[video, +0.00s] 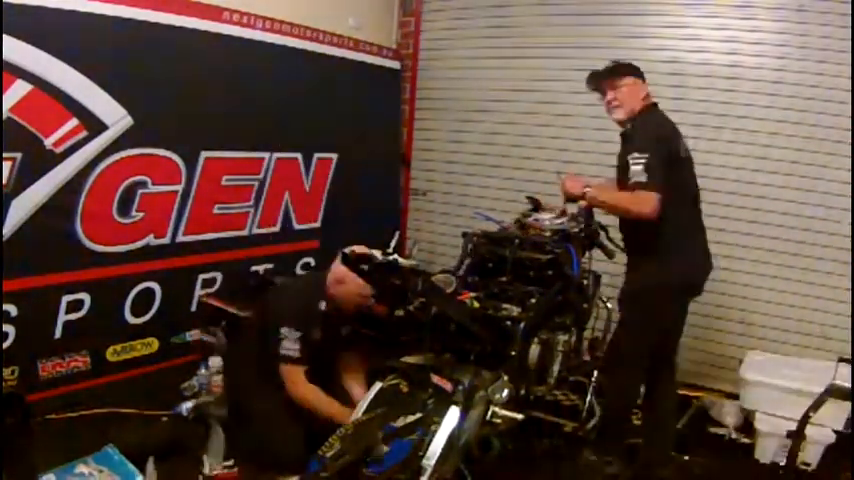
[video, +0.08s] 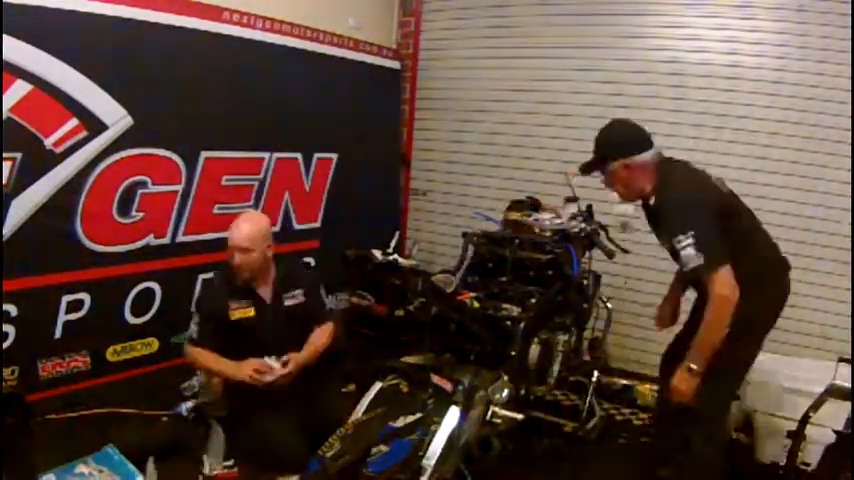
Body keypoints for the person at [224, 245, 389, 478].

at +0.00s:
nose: (364, 306)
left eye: (368, 301)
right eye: (365, 298)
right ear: (346, 282)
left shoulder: (336, 305)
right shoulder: (293, 302)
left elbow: (349, 363)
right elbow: (296, 385)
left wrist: (367, 408)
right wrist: (352, 418)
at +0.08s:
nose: (235, 260)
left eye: (245, 252)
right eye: (232, 251)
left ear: (268, 250)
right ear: (227, 247)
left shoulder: (299, 275)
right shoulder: (214, 289)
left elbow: (325, 325)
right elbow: (193, 350)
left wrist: (302, 358)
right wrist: (237, 370)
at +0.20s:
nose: (261, 275)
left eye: (267, 269)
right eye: (254, 269)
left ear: (279, 259)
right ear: (240, 259)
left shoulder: (300, 281)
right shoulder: (223, 296)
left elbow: (323, 320)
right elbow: (198, 361)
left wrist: (331, 369)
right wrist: (209, 421)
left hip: (303, 392)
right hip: (251, 399)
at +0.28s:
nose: (292, 286)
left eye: (299, 279)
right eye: (285, 278)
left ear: (311, 267)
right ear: (268, 262)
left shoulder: (313, 283)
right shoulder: (241, 292)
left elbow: (328, 326)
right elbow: (229, 367)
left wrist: (331, 356)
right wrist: (283, 374)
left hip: (309, 381)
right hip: (258, 387)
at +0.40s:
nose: (301, 256)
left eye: (304, 249)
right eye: (296, 248)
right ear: (270, 241)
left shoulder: (302, 277)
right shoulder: (237, 283)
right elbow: (228, 356)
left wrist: (327, 324)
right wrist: (290, 338)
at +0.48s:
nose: (295, 256)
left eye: (299, 248)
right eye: (289, 248)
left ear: (303, 244)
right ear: (266, 239)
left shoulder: (300, 277)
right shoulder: (237, 283)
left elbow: (314, 314)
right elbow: (219, 354)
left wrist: (320, 332)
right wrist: (283, 343)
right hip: (258, 409)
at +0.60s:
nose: (397, 271)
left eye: (404, 263)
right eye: (391, 263)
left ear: (413, 250)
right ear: (370, 242)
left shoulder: (398, 278)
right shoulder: (327, 273)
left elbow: (394, 331)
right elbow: (282, 344)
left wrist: (403, 349)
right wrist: (351, 360)